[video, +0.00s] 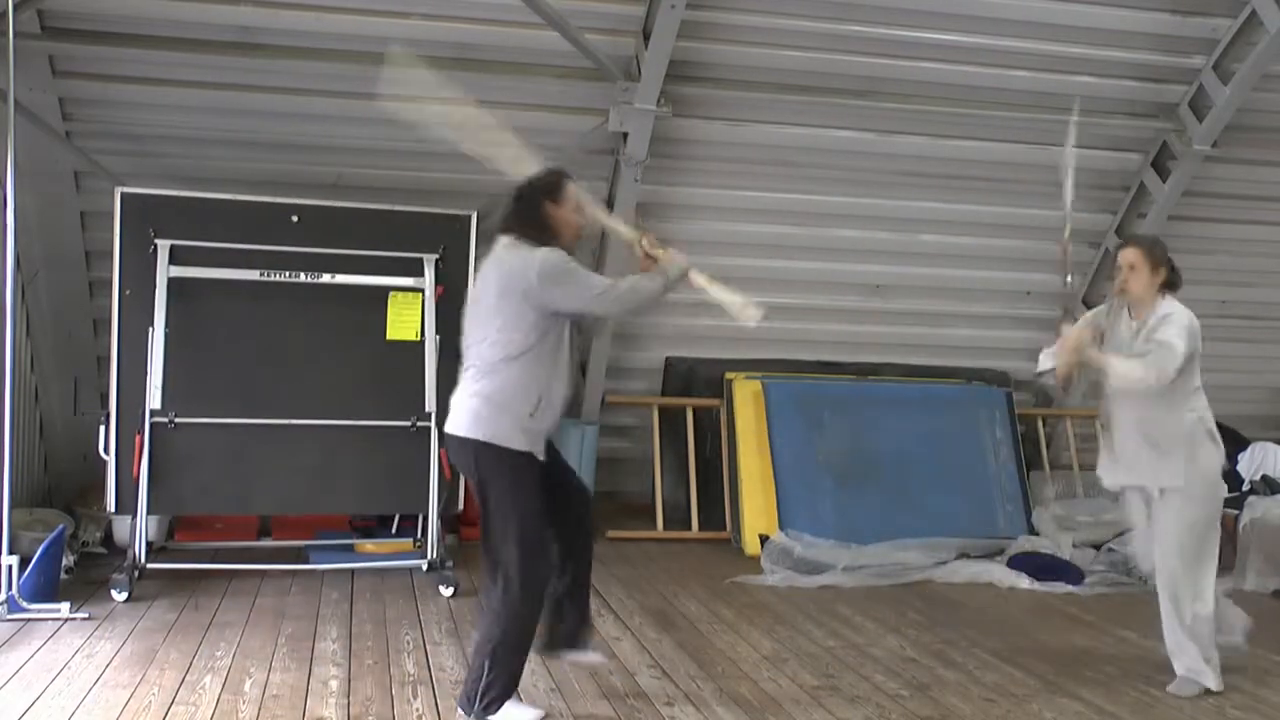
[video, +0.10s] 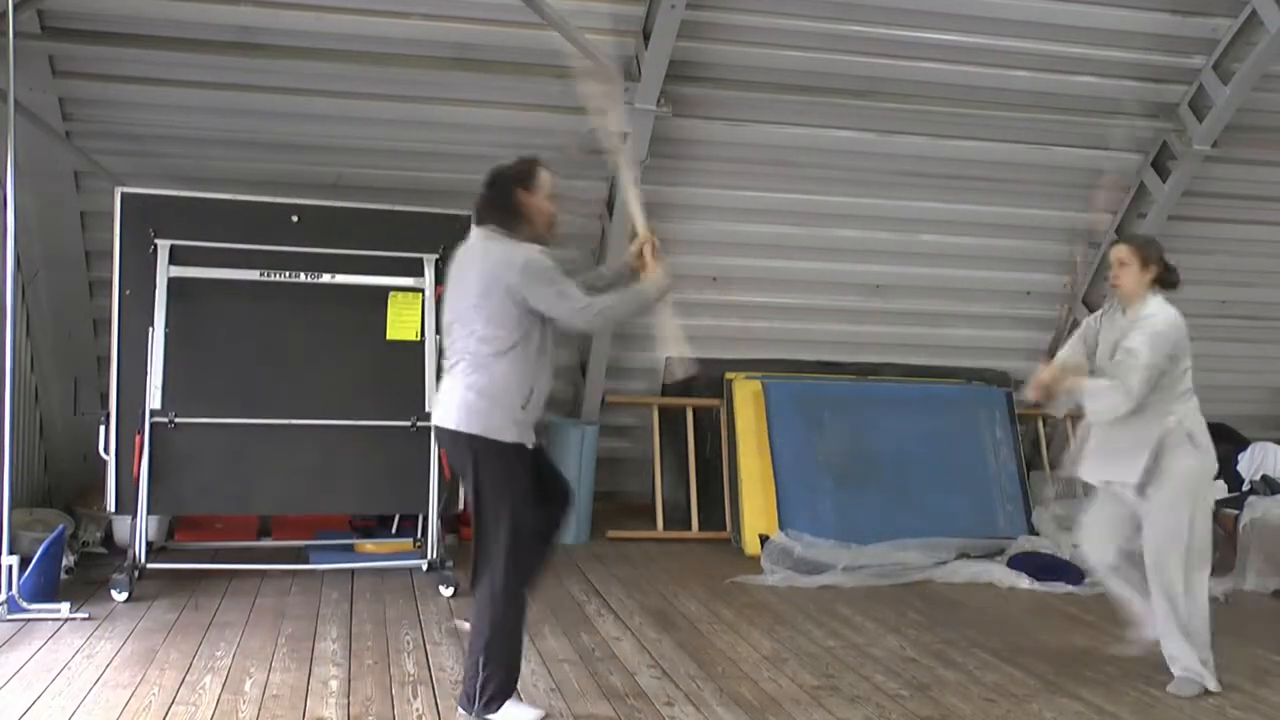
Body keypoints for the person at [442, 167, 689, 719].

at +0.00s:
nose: (582, 215)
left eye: (581, 206)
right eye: (573, 206)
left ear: (537, 210)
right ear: (547, 210)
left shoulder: (507, 257)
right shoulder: (537, 264)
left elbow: (590, 300)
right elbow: (611, 299)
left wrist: (638, 273)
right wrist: (667, 274)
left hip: (499, 430)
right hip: (495, 435)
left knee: (573, 508)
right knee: (523, 564)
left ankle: (567, 635)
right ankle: (484, 700)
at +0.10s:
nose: (554, 206)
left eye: (552, 195)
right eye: (545, 195)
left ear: (506, 201)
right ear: (517, 200)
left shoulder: (474, 250)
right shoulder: (518, 259)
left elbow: (561, 296)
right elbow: (584, 315)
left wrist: (625, 267)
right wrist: (651, 286)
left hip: (462, 418)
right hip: (490, 427)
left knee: (551, 497)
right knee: (501, 561)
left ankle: (489, 606)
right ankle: (485, 699)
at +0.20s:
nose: (537, 206)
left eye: (535, 195)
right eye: (529, 195)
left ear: (492, 199)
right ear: (501, 197)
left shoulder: (457, 249)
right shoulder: (501, 260)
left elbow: (543, 295)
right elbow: (560, 327)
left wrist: (618, 266)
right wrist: (632, 296)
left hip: (447, 417)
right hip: (479, 424)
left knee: (502, 526)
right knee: (499, 555)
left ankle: (448, 608)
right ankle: (486, 696)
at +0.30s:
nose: (506, 208)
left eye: (504, 198)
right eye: (499, 199)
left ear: (466, 203)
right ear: (473, 202)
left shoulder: (436, 252)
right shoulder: (467, 263)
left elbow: (533, 287)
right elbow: (524, 336)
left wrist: (603, 275)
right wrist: (599, 302)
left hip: (433, 422)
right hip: (461, 430)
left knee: (457, 543)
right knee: (491, 557)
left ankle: (381, 636)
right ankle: (485, 697)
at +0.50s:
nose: (457, 217)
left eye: (455, 207)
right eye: (450, 207)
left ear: (417, 211)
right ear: (424, 210)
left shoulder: (388, 256)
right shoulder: (416, 271)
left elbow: (466, 277)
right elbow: (465, 342)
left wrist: (520, 276)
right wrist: (513, 298)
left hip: (373, 431)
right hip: (408, 439)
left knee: (384, 550)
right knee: (464, 549)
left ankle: (345, 661)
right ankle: (466, 686)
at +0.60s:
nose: (442, 213)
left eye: (440, 204)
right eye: (435, 203)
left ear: (405, 206)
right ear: (409, 205)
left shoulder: (375, 251)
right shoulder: (401, 265)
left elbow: (452, 276)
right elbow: (449, 336)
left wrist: (506, 276)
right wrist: (493, 291)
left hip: (362, 426)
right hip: (389, 432)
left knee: (377, 549)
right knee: (445, 541)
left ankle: (343, 661)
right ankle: (402, 665)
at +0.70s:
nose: (421, 208)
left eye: (420, 199)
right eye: (413, 198)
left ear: (384, 198)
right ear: (386, 198)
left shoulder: (363, 244)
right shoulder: (369, 250)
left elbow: (419, 300)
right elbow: (417, 335)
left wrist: (466, 285)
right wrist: (492, 312)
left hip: (351, 421)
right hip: (362, 425)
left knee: (362, 539)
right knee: (414, 535)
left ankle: (351, 657)